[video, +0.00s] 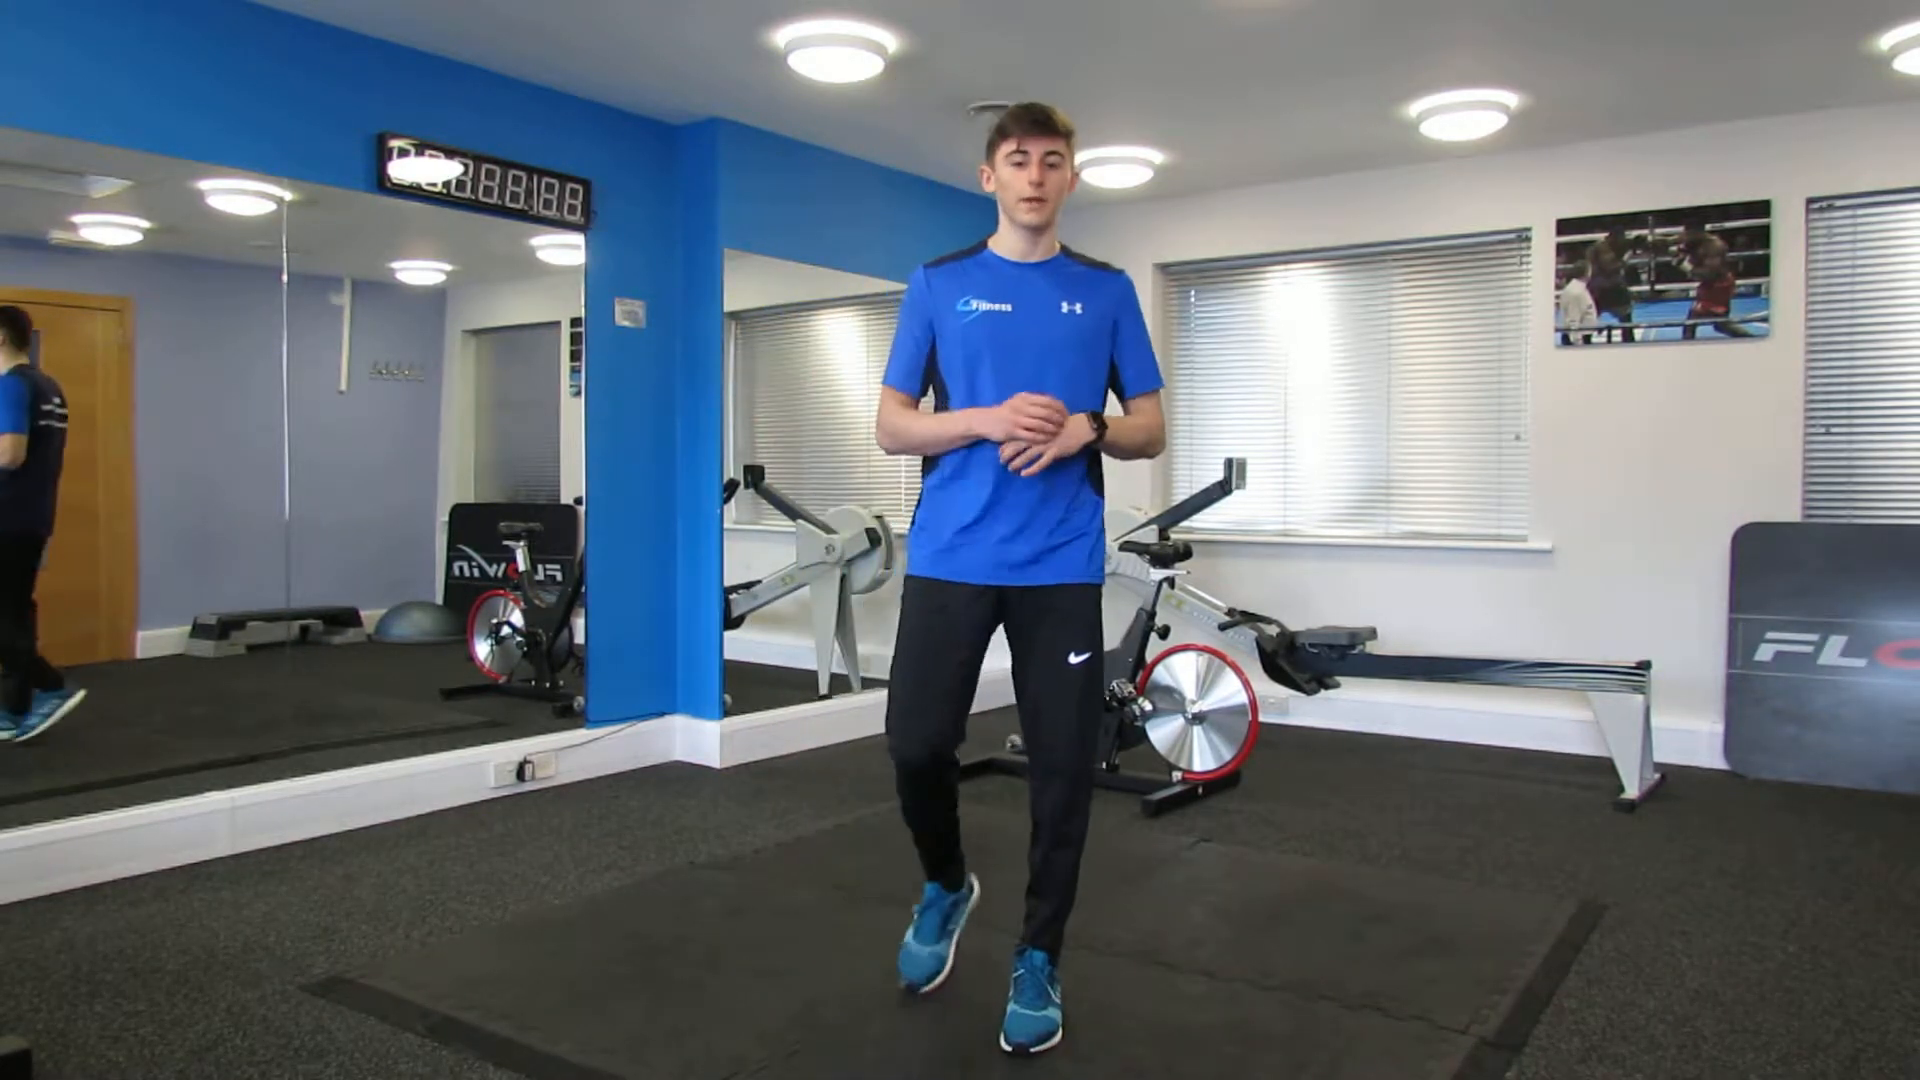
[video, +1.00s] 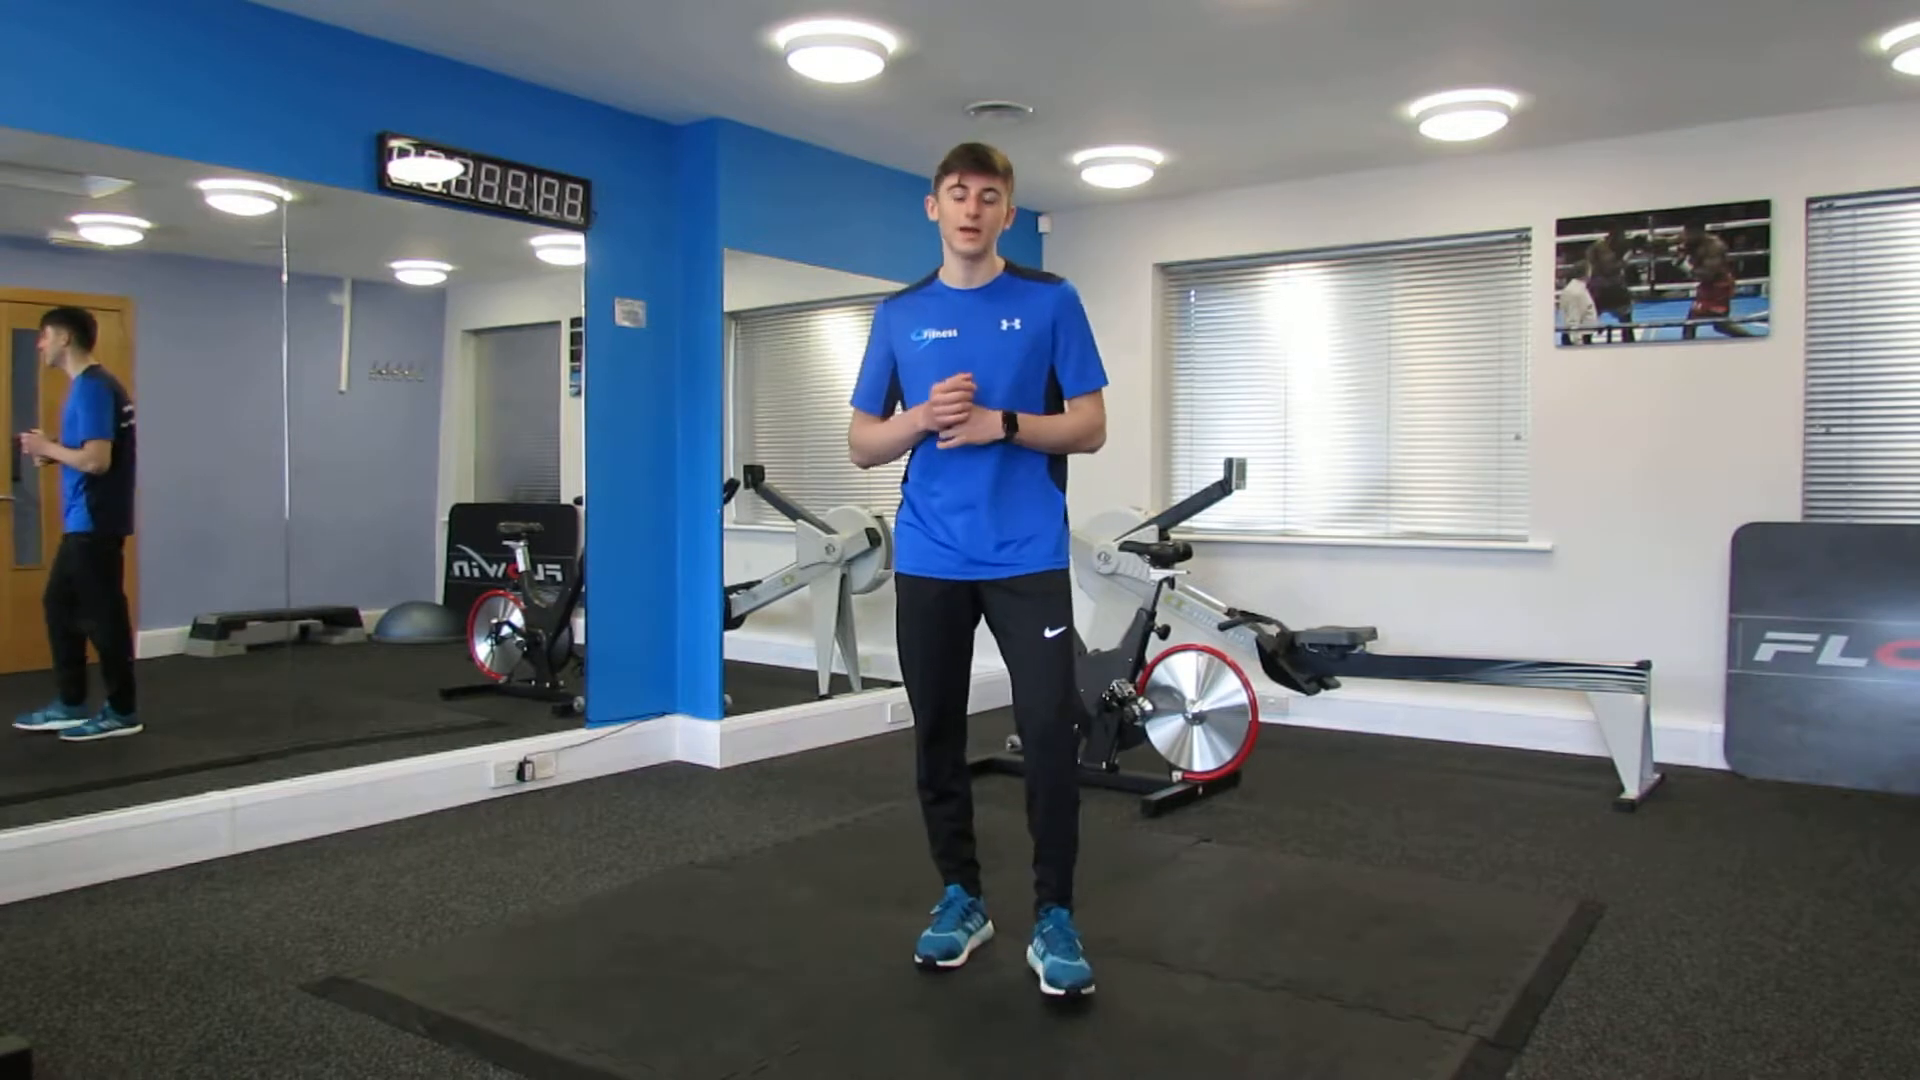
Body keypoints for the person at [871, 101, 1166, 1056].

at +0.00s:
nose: (1036, 175)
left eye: (1052, 163)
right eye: (1020, 161)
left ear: (1073, 181)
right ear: (989, 178)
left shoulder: (1106, 290)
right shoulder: (937, 284)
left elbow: (1148, 430)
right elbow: (892, 425)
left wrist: (1090, 430)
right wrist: (983, 421)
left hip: (1060, 561)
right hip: (949, 556)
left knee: (1062, 767)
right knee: (917, 746)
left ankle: (1039, 956)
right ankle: (946, 886)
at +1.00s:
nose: (975, 206)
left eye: (990, 195)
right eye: (960, 194)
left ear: (1009, 211)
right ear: (935, 208)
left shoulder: (1050, 301)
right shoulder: (898, 314)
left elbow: (1089, 427)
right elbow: (864, 446)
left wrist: (1001, 424)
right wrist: (922, 418)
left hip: (1027, 553)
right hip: (929, 556)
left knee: (1049, 726)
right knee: (938, 731)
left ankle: (1054, 914)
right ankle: (961, 894)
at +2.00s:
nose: (1047, 187)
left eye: (1063, 173)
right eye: (1031, 173)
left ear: (1086, 189)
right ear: (1004, 188)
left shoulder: (1125, 295)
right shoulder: (955, 293)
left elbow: (1157, 431)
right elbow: (920, 434)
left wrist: (1079, 422)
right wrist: (995, 408)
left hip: (1073, 568)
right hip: (967, 560)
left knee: (1071, 753)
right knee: (939, 748)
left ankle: (1045, 912)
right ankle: (943, 954)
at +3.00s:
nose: (980, 136)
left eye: (1001, 114)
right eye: (963, 121)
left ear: (1045, 123)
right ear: (951, 139)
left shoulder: (1114, 242)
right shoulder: (934, 272)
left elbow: (1159, 415)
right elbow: (914, 452)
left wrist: (1012, 414)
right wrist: (912, 401)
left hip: (1058, 578)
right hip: (946, 574)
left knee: (1070, 814)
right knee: (923, 798)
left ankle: (1193, 1032)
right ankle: (938, 1006)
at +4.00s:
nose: (1141, 174)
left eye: (1160, 152)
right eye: (1125, 161)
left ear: (1205, 158)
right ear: (1117, 180)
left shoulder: (1260, 255)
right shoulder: (1133, 296)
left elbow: (1307, 420)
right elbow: (1128, 460)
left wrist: (1157, 400)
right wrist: (1110, 401)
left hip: (1232, 566)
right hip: (1155, 569)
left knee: (1217, 800)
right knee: (1178, 780)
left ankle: (1225, 1035)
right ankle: (1229, 947)